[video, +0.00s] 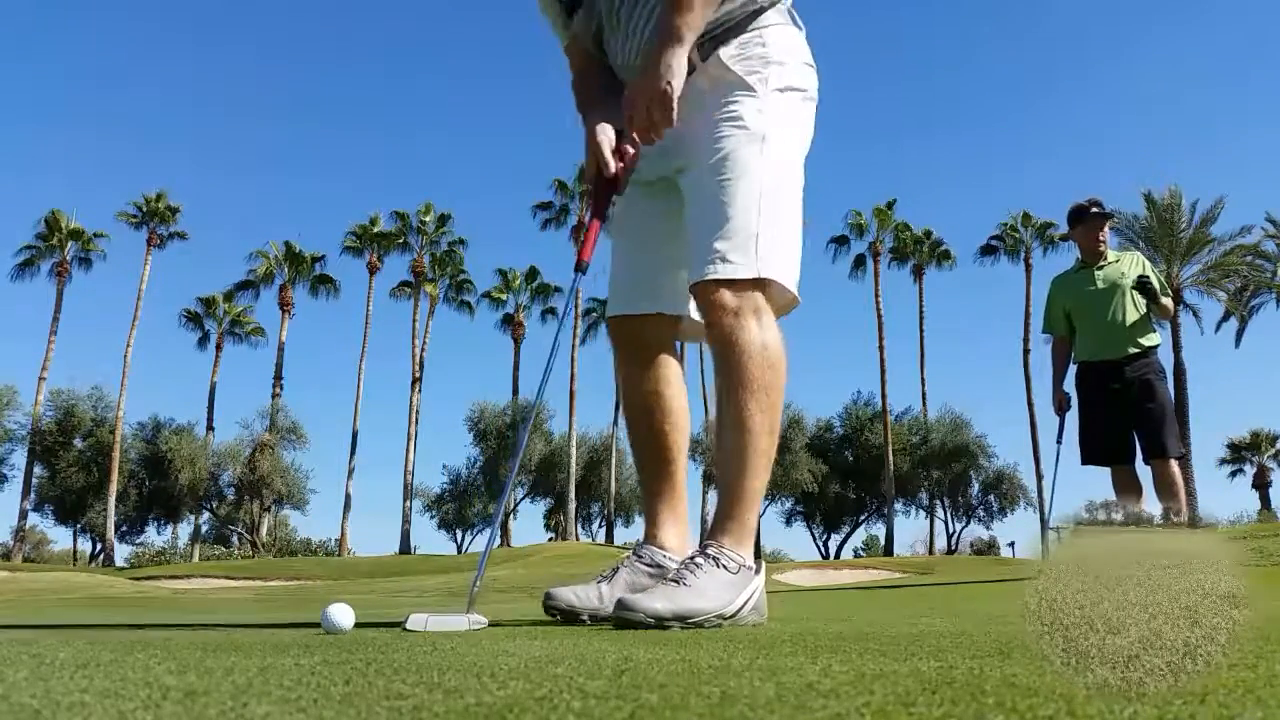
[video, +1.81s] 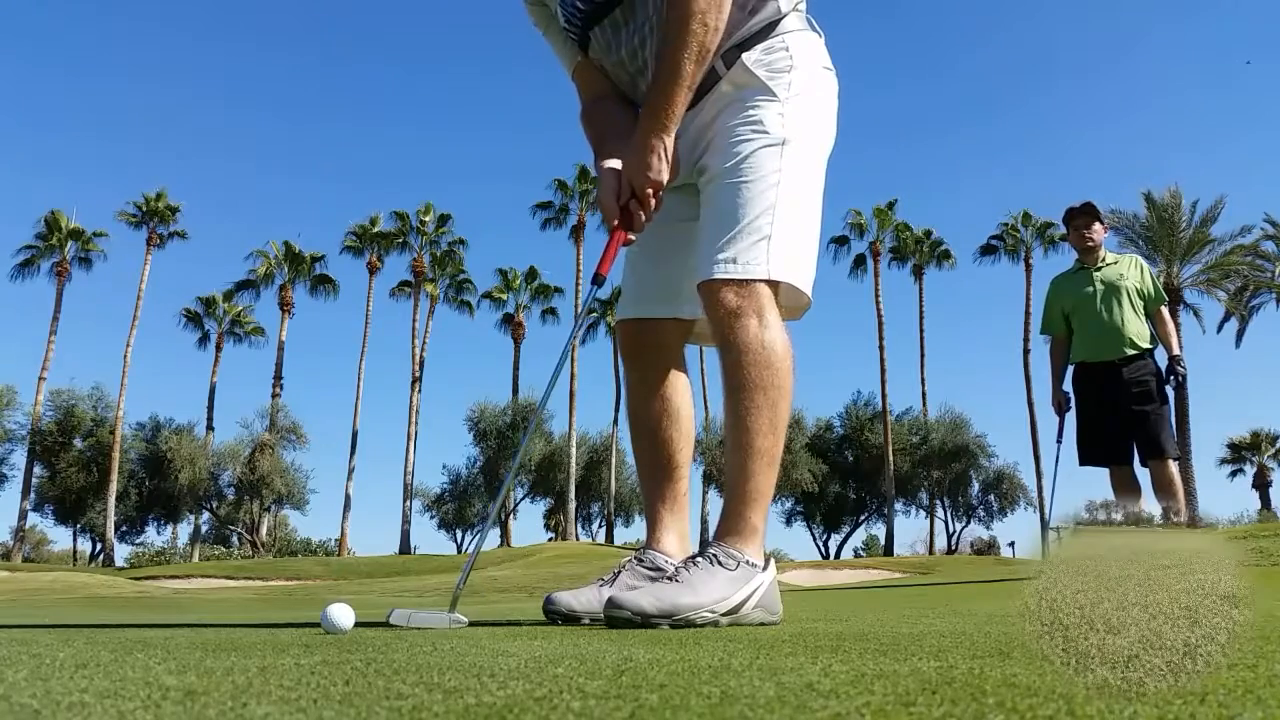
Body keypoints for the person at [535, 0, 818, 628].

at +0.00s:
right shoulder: (564, 7)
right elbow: (586, 61)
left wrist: (671, 41)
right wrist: (599, 120)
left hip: (738, 45)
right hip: (636, 85)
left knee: (732, 294)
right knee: (636, 321)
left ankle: (733, 561)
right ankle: (665, 554)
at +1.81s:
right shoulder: (545, 6)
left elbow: (706, 5)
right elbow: (597, 91)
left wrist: (655, 130)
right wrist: (612, 162)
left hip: (758, 58)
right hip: (659, 107)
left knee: (737, 288)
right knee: (644, 326)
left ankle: (742, 561)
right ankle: (666, 558)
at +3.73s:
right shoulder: (491, 5)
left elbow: (647, 10)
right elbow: (530, 78)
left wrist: (585, 132)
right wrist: (545, 158)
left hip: (690, 58)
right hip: (588, 97)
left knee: (656, 292)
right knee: (570, 318)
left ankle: (672, 560)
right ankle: (593, 559)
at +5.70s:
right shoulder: (444, 6)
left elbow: (613, 4)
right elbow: (499, 97)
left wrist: (563, 121)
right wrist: (513, 161)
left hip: (660, 62)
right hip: (565, 113)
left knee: (625, 280)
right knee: (541, 327)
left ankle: (652, 554)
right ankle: (574, 559)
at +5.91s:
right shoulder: (450, 6)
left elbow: (611, 4)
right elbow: (505, 95)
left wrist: (565, 121)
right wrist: (516, 160)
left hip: (662, 62)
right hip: (565, 108)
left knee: (642, 290)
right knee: (543, 326)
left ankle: (653, 561)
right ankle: (575, 559)